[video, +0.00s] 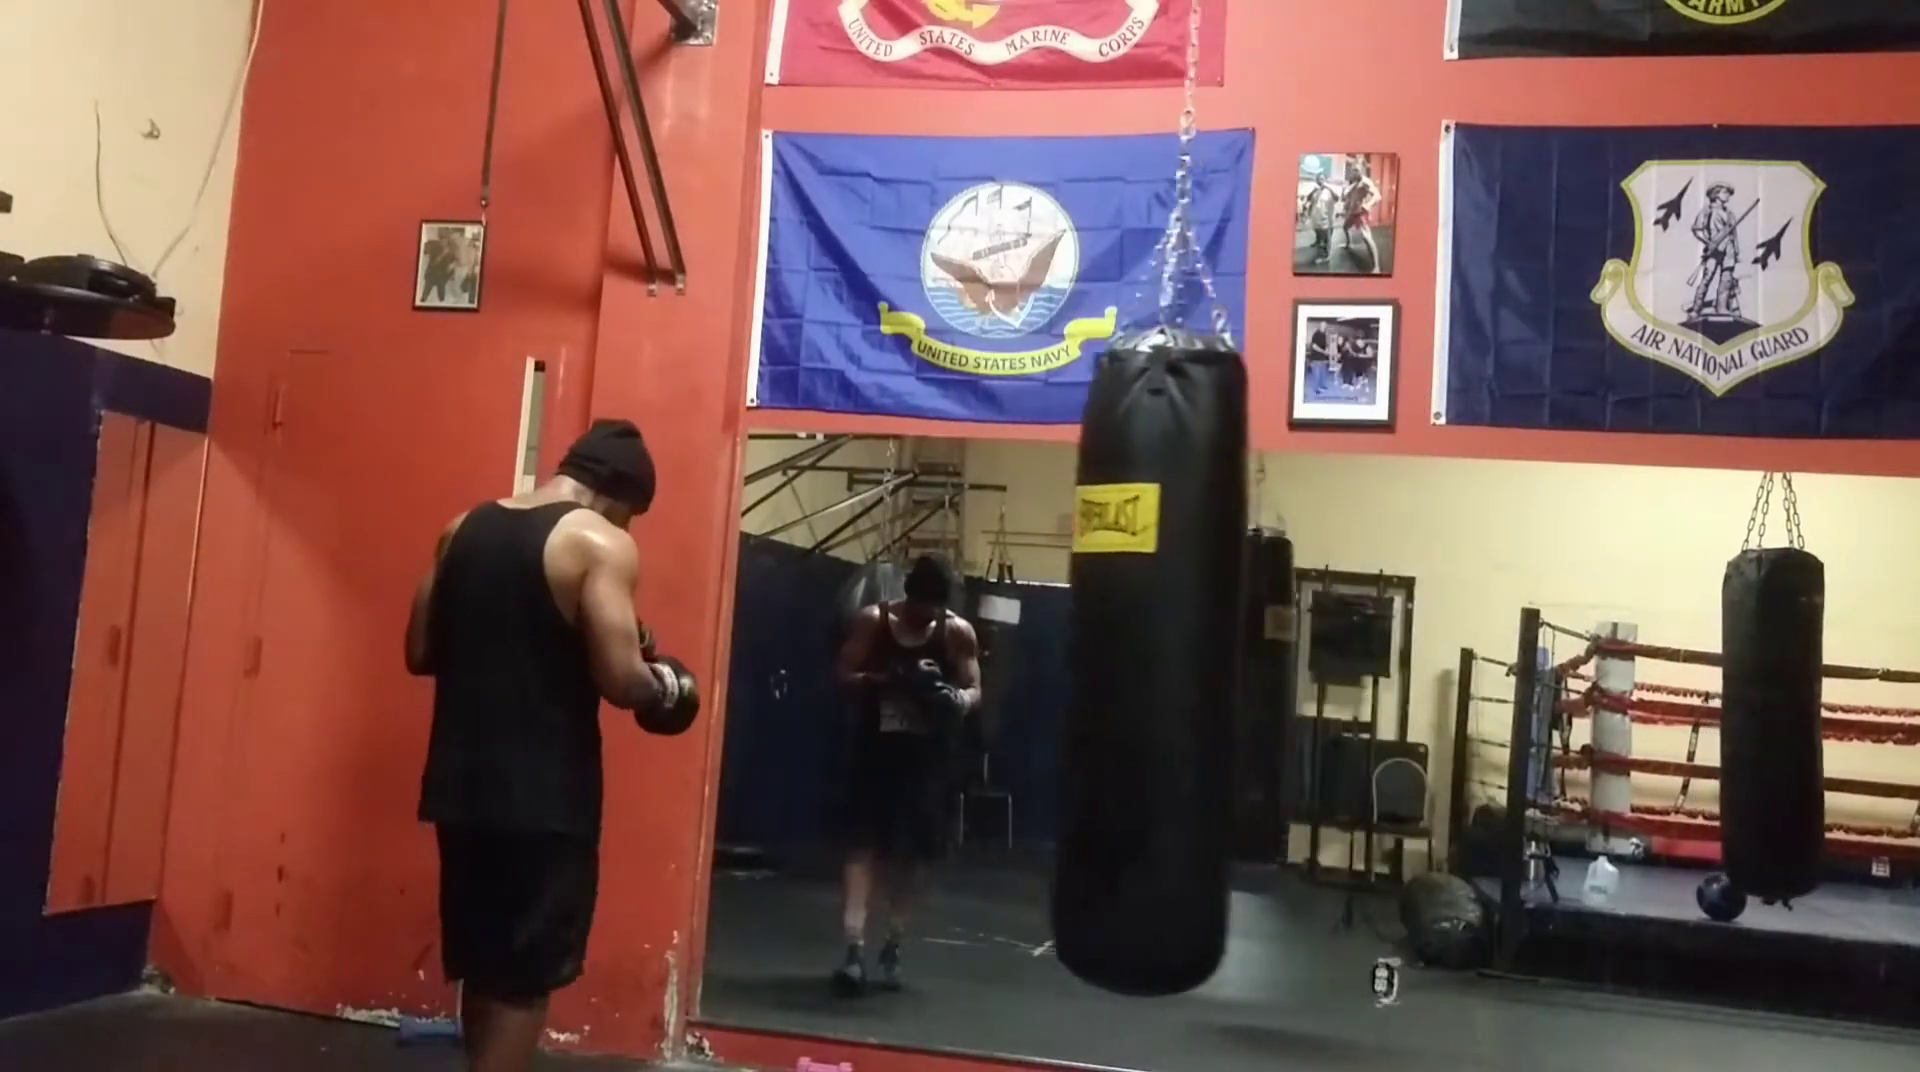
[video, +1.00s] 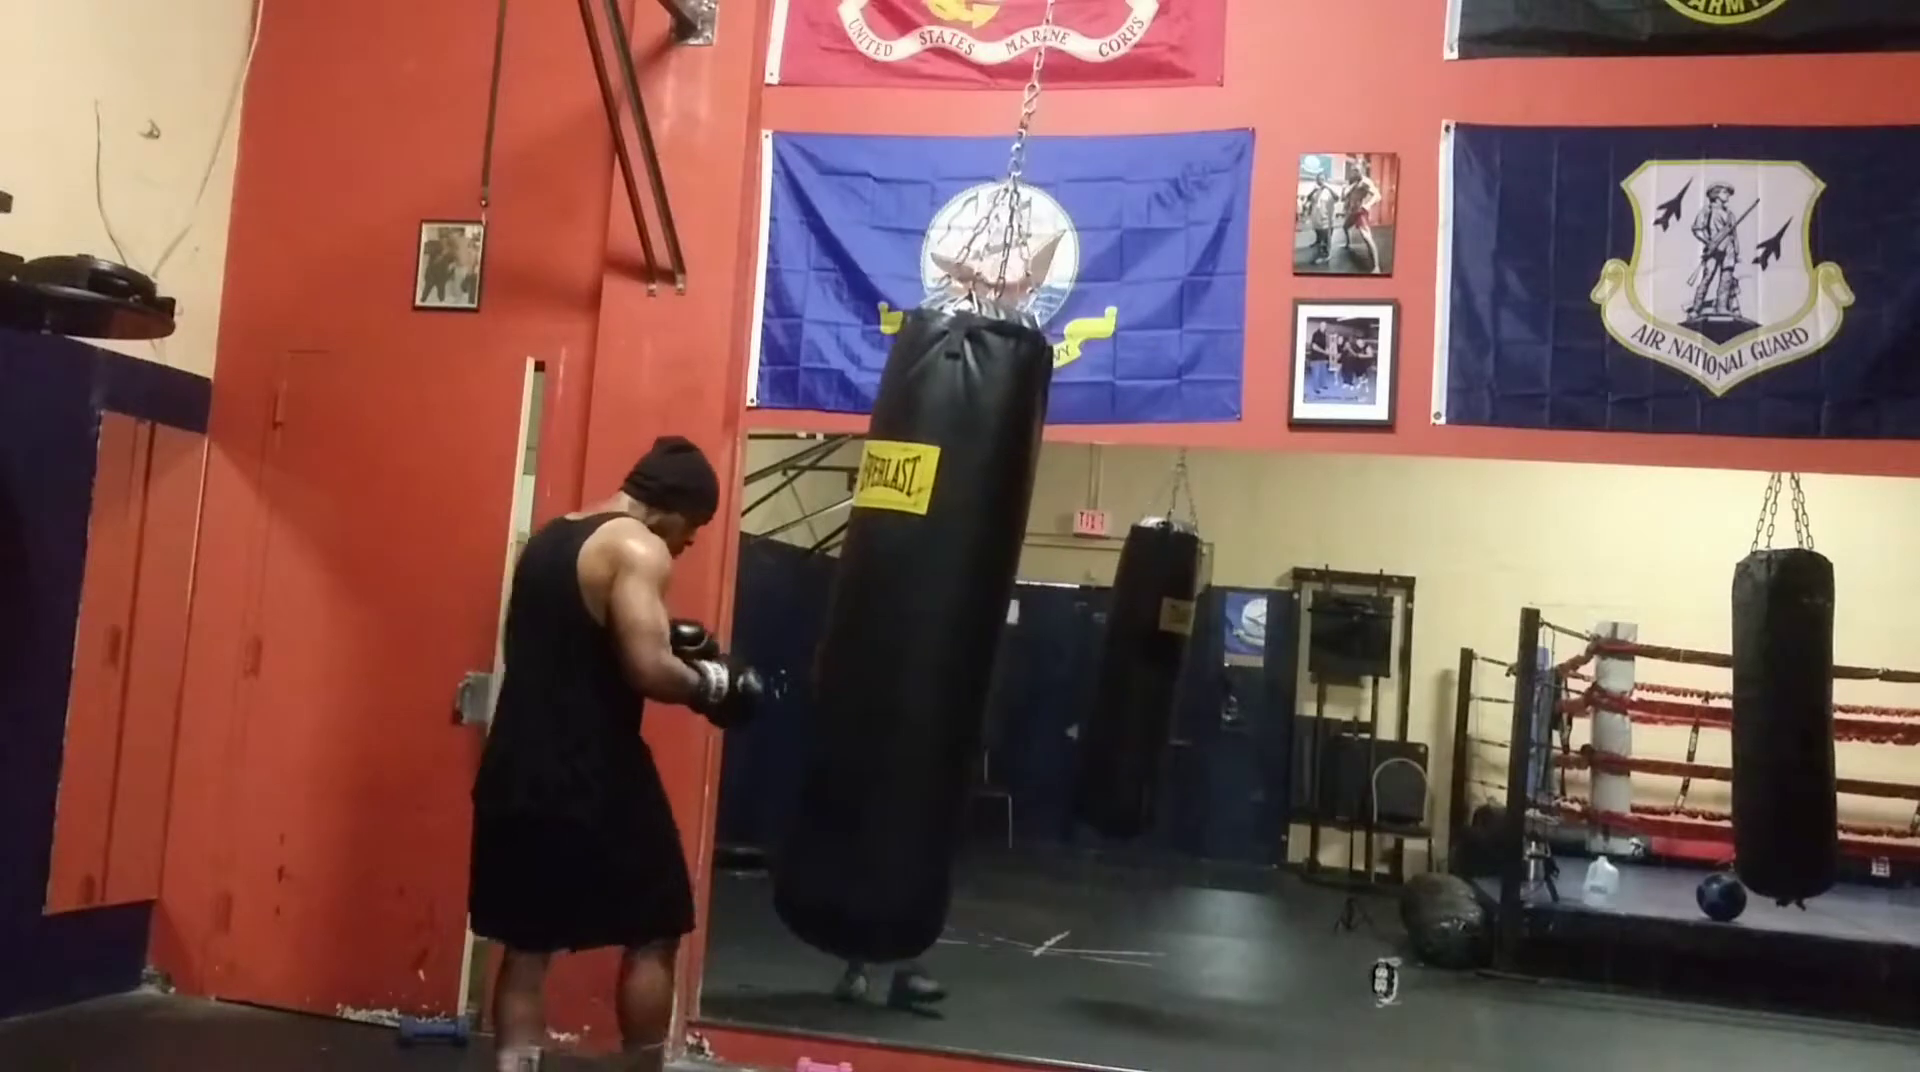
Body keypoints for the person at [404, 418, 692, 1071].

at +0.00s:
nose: (624, 526)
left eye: (629, 514)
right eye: (629, 513)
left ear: (567, 471)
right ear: (620, 492)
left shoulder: (467, 526)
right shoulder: (602, 542)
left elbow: (421, 654)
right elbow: (620, 678)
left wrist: (507, 635)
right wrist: (660, 684)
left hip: (464, 793)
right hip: (546, 802)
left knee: (481, 976)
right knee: (522, 987)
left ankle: (485, 1064)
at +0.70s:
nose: (659, 543)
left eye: (665, 531)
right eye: (663, 529)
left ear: (602, 491)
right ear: (648, 508)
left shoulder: (512, 541)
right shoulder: (626, 555)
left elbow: (461, 661)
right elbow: (642, 680)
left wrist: (555, 641)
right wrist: (687, 695)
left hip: (490, 786)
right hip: (576, 791)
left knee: (512, 961)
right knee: (605, 950)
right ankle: (525, 1061)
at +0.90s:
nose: (674, 542)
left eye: (681, 530)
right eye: (678, 528)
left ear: (620, 492)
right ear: (659, 508)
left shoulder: (532, 540)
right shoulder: (635, 554)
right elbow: (647, 672)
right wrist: (698, 692)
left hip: (508, 766)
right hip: (591, 771)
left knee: (528, 933)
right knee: (664, 919)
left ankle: (514, 1063)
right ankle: (589, 1052)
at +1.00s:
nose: (688, 539)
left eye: (695, 527)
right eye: (692, 525)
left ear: (634, 489)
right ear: (674, 507)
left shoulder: (551, 538)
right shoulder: (640, 550)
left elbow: (566, 644)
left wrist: (660, 636)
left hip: (518, 767)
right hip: (599, 774)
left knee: (527, 943)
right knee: (655, 932)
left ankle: (513, 1065)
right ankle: (646, 1064)